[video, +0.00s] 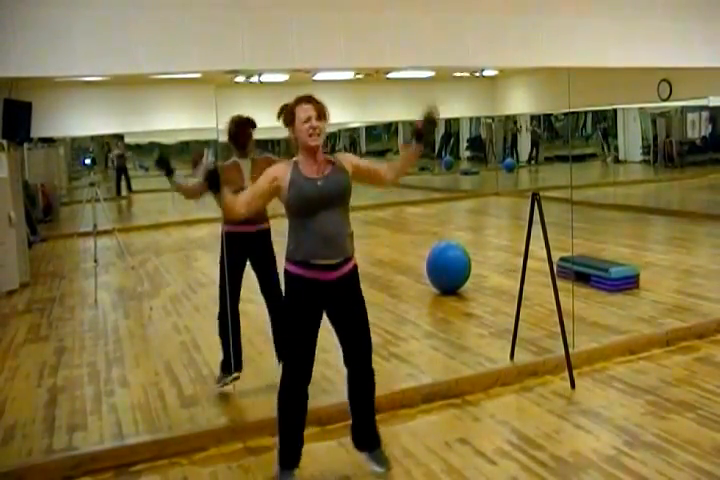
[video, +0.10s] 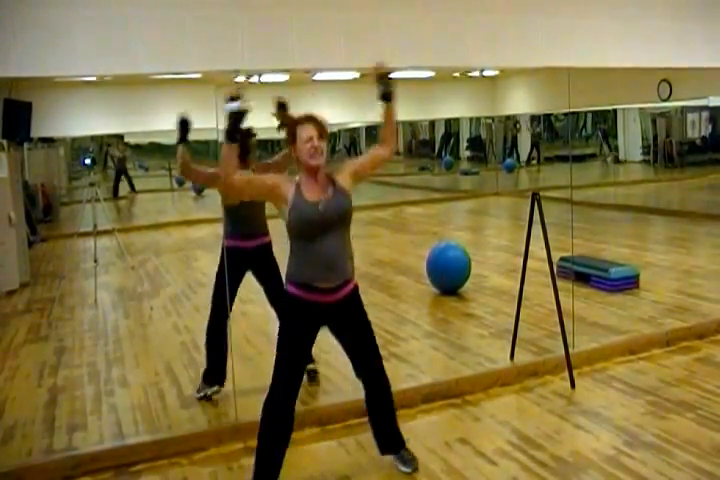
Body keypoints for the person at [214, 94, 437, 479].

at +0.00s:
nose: (313, 125)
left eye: (317, 119)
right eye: (305, 121)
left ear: (325, 123)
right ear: (292, 130)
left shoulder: (343, 162)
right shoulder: (280, 173)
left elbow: (389, 174)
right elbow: (239, 208)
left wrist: (418, 143)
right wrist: (213, 186)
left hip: (344, 276)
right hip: (302, 280)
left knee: (360, 362)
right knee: (296, 373)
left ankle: (368, 442)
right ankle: (288, 464)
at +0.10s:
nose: (314, 145)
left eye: (319, 139)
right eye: (305, 140)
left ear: (327, 145)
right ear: (293, 149)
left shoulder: (343, 178)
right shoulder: (282, 187)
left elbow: (387, 147)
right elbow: (228, 180)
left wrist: (387, 94)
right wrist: (233, 125)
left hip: (345, 297)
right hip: (301, 301)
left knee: (374, 374)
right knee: (283, 390)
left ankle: (393, 445)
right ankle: (264, 474)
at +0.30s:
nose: (313, 153)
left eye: (318, 146)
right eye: (305, 149)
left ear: (326, 152)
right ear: (293, 158)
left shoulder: (342, 185)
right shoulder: (286, 197)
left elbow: (384, 154)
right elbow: (233, 183)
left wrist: (386, 106)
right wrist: (240, 132)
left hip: (349, 305)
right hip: (304, 309)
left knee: (379, 379)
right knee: (286, 394)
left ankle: (399, 447)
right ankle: (263, 473)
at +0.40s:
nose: (314, 132)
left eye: (318, 125)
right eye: (306, 128)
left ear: (326, 131)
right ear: (293, 138)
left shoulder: (344, 167)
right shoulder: (283, 179)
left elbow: (393, 176)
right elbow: (237, 211)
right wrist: (214, 186)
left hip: (348, 282)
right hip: (305, 287)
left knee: (370, 365)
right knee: (297, 381)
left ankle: (381, 444)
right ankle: (278, 472)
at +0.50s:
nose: (317, 134)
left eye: (320, 128)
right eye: (308, 131)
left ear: (328, 133)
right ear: (295, 141)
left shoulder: (345, 176)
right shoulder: (285, 189)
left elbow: (375, 218)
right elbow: (266, 243)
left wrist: (419, 243)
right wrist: (245, 263)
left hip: (348, 288)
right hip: (306, 292)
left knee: (360, 374)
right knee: (312, 379)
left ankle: (356, 459)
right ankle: (308, 470)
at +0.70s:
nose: (320, 141)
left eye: (324, 134)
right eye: (311, 137)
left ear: (332, 140)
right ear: (299, 146)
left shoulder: (347, 183)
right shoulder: (290, 194)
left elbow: (368, 235)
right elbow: (277, 248)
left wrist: (410, 257)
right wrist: (257, 281)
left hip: (353, 298)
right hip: (311, 301)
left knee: (360, 385)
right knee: (315, 388)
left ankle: (348, 464)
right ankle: (317, 469)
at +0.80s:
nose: (321, 125)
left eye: (325, 118)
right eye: (313, 121)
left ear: (333, 123)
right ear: (300, 130)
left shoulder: (351, 164)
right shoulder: (288, 174)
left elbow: (389, 191)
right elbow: (254, 221)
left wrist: (424, 172)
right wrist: (221, 205)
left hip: (353, 277)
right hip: (312, 280)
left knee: (364, 364)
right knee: (310, 373)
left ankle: (364, 451)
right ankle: (306, 468)